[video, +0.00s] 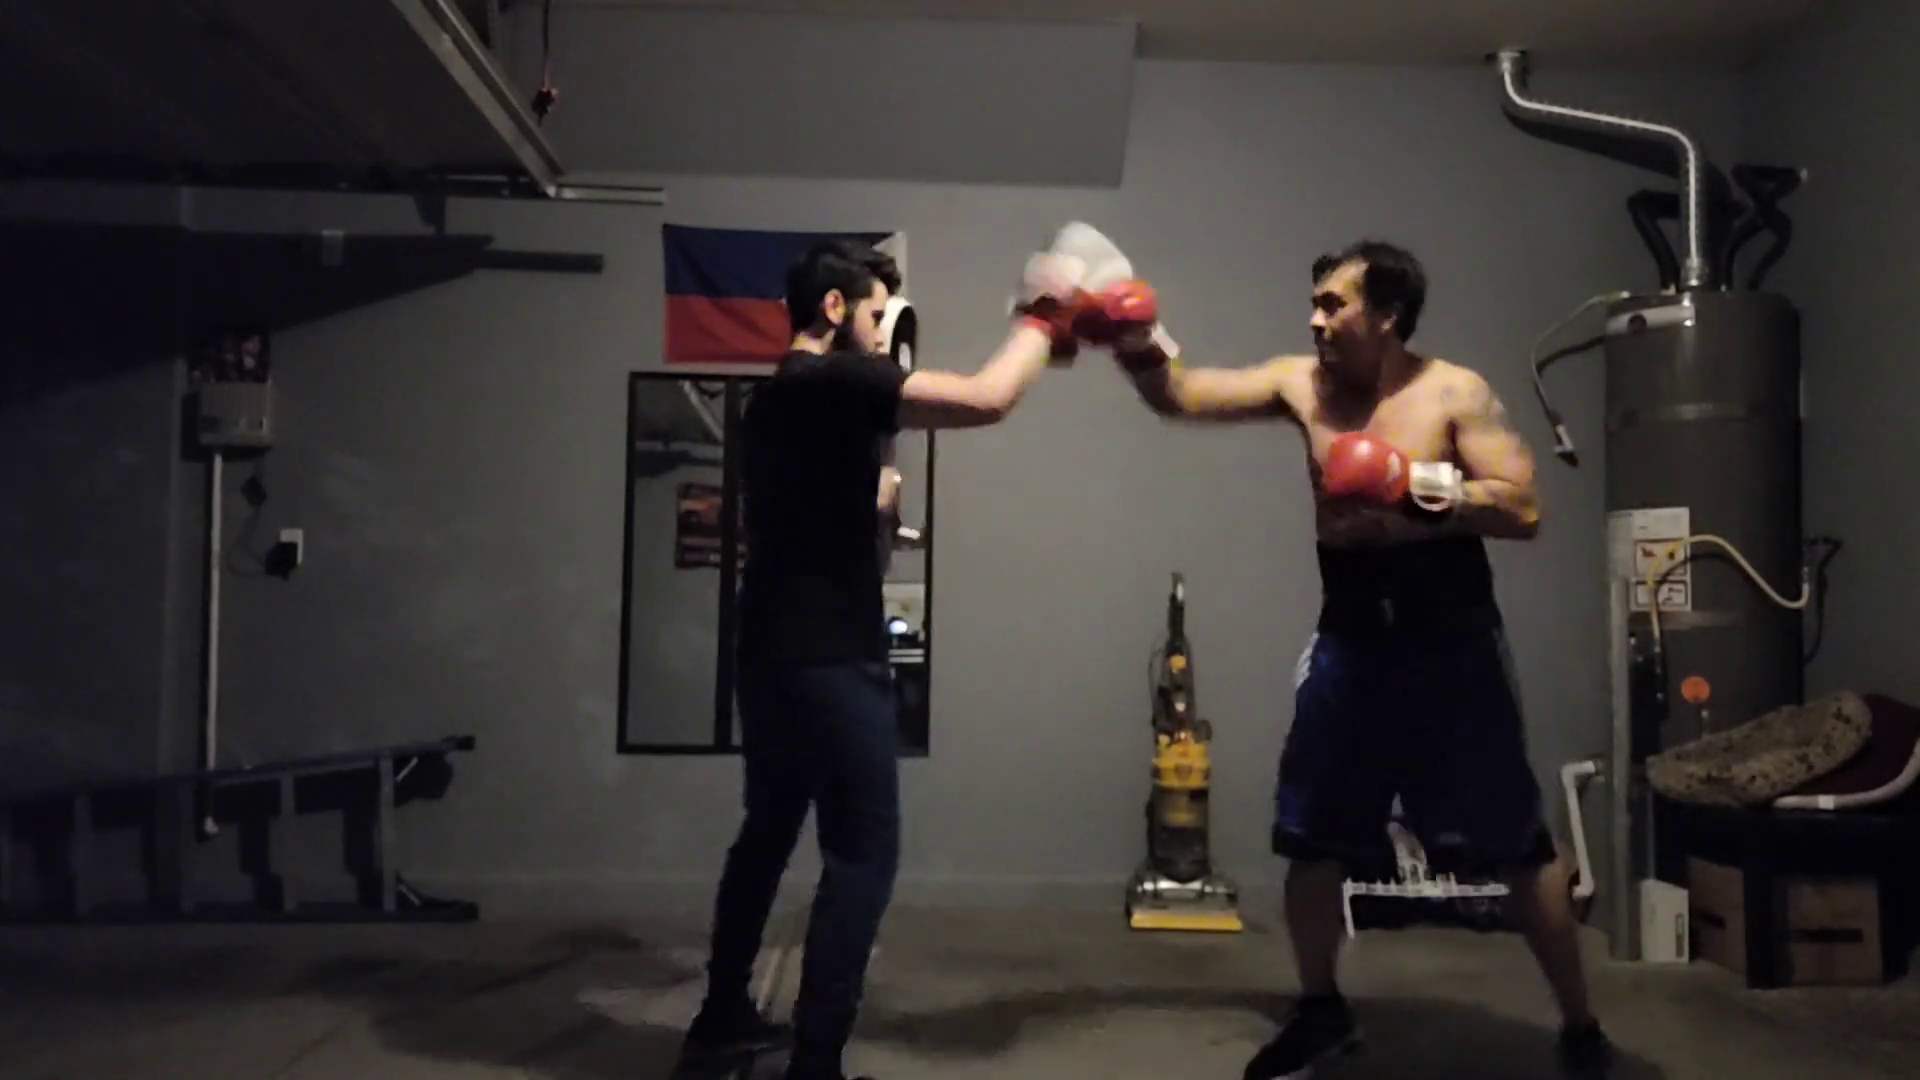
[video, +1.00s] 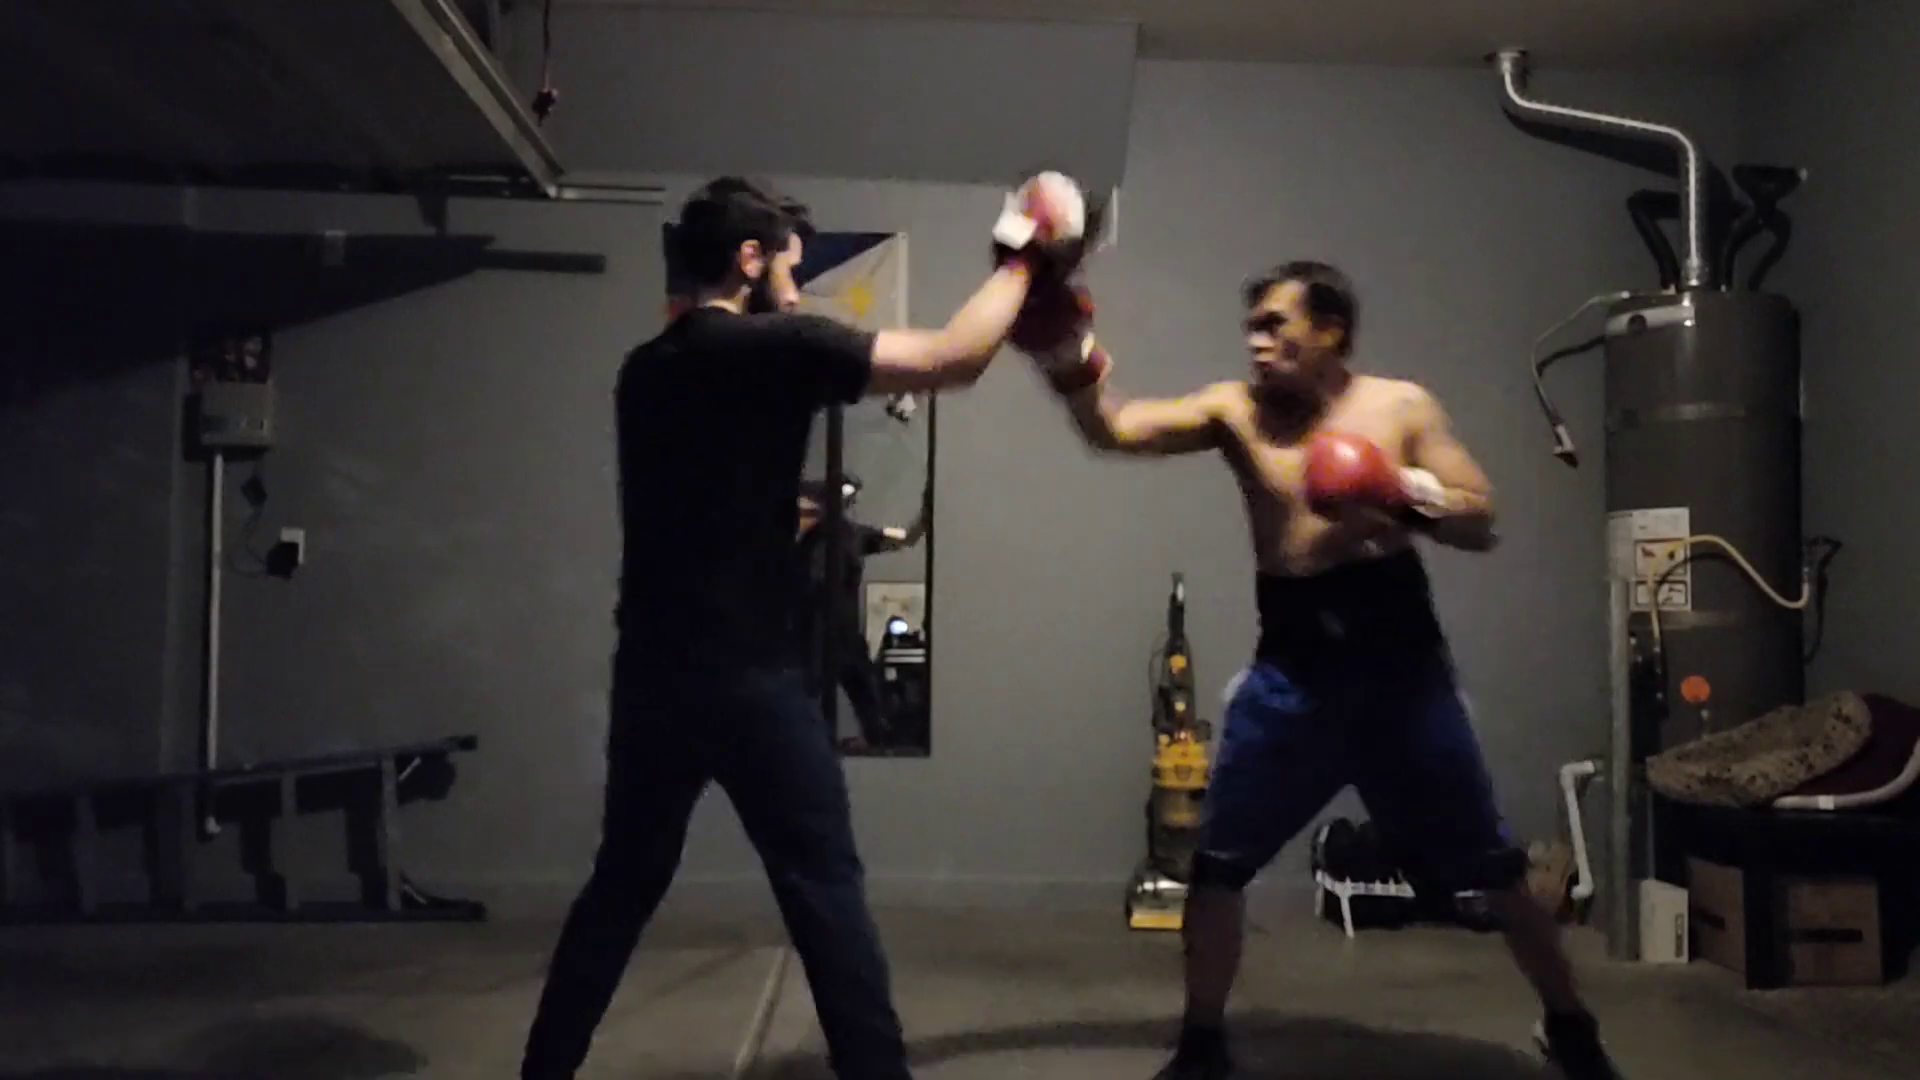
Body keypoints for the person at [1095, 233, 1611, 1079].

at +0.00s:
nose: (1317, 320)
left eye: (1334, 306)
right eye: (1316, 306)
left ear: (1391, 319)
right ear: (1320, 315)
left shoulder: (1457, 392)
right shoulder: (1299, 384)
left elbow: (1520, 509)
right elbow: (1178, 396)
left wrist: (1417, 483)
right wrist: (1134, 339)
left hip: (1453, 657)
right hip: (1348, 656)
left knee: (1517, 850)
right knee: (1311, 841)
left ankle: (1580, 1029)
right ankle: (1319, 1010)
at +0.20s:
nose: (1319, 322)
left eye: (1336, 306)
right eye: (1316, 308)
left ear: (1391, 319)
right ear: (1323, 319)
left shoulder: (1453, 401)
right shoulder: (1296, 409)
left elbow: (1512, 526)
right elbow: (1204, 466)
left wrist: (1412, 484)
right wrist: (1164, 455)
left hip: (1451, 654)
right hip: (1348, 657)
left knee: (1529, 851)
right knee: (1318, 843)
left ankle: (1601, 1033)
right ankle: (1323, 1022)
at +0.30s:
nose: (1337, 320)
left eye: (1355, 304)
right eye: (1335, 306)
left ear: (1409, 316)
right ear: (1340, 319)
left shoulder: (1473, 398)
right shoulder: (1315, 416)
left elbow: (1525, 529)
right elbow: (1241, 498)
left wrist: (1425, 485)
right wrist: (1202, 531)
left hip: (1465, 659)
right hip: (1362, 662)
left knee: (1540, 854)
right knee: (1323, 844)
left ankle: (1601, 1035)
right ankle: (1324, 1021)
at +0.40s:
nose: (1364, 335)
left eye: (1380, 318)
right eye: (1360, 320)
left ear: (1435, 327)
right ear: (1371, 330)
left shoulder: (1504, 406)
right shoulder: (1350, 428)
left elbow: (1539, 537)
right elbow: (1308, 530)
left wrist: (1438, 489)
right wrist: (1258, 573)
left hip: (1486, 659)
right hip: (1385, 660)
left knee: (1545, 854)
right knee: (1324, 841)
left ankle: (1596, 1038)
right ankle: (1324, 1014)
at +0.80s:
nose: (1345, 353)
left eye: (1361, 336)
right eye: (1340, 339)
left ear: (1418, 343)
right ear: (1345, 349)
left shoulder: (1488, 421)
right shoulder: (1327, 436)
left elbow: (1528, 551)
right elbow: (1298, 532)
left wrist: (1423, 504)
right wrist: (1261, 529)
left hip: (1472, 689)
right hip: (1357, 686)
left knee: (1547, 886)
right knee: (1268, 862)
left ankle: (1596, 1053)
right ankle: (1237, 1045)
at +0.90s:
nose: (1311, 343)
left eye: (1327, 327)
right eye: (1305, 328)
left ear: (1382, 335)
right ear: (1302, 338)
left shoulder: (1451, 416)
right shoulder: (1276, 413)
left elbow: (1519, 540)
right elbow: (1176, 476)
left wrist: (1425, 510)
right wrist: (1161, 423)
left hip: (1429, 684)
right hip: (1314, 681)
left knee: (1515, 879)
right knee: (1236, 866)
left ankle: (1590, 1043)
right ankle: (1220, 1044)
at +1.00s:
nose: (1256, 343)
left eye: (1273, 326)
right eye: (1251, 329)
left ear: (1332, 333)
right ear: (1250, 338)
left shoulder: (1399, 406)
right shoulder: (1234, 408)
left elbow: (1480, 520)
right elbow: (1114, 428)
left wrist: (1399, 490)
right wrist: (1071, 365)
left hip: (1401, 676)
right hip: (1290, 677)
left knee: (1492, 872)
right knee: (1215, 868)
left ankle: (1572, 1029)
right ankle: (1200, 1047)